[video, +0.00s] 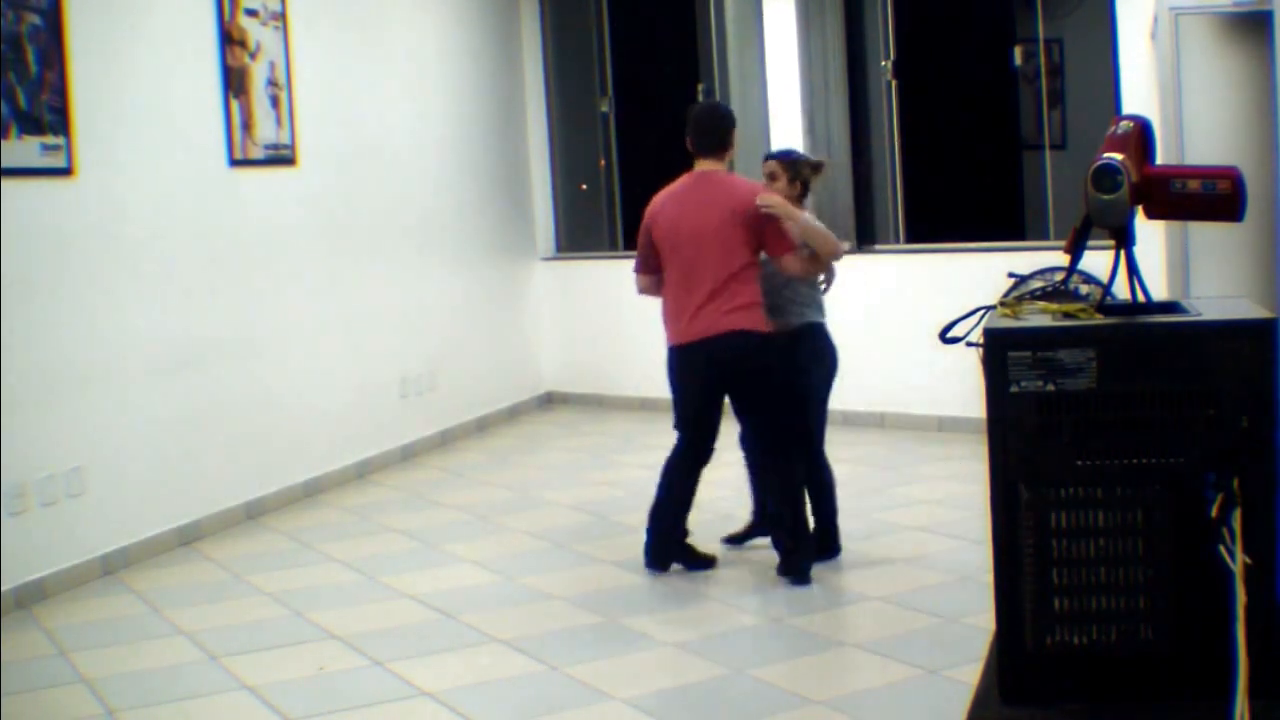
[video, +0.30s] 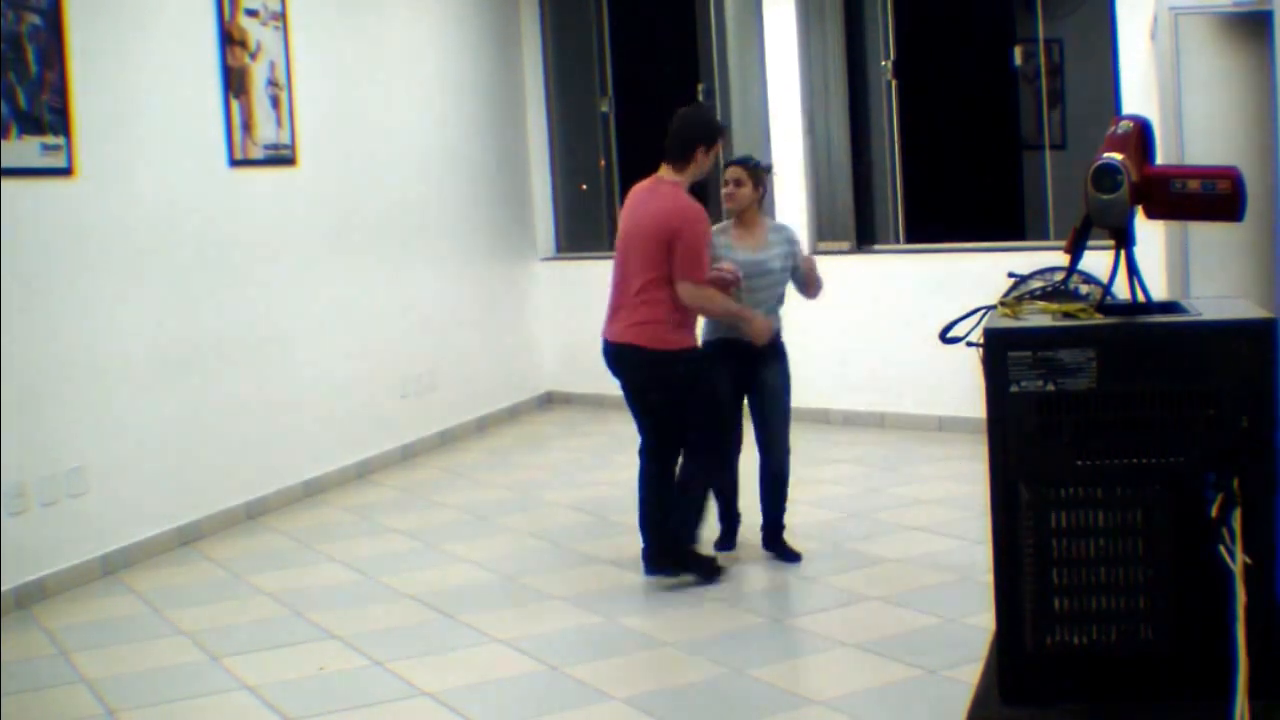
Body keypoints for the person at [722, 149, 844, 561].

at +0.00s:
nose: (764, 186)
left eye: (773, 178)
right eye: (763, 178)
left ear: (796, 185)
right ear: (762, 182)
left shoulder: (805, 221)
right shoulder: (753, 224)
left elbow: (832, 252)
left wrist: (788, 214)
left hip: (807, 340)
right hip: (766, 343)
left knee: (807, 443)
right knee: (755, 436)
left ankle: (826, 535)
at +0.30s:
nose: (728, 191)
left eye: (737, 184)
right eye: (725, 184)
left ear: (759, 189)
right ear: (722, 191)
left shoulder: (782, 236)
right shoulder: (712, 238)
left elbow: (810, 291)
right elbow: (695, 289)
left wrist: (808, 271)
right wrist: (713, 279)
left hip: (767, 345)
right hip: (721, 346)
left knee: (775, 443)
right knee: (724, 442)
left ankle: (773, 532)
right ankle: (728, 522)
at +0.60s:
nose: (718, 199)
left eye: (726, 191)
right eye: (712, 193)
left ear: (745, 195)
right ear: (708, 200)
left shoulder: (760, 235)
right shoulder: (711, 245)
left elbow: (760, 287)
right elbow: (712, 308)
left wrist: (795, 277)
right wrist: (724, 286)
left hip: (750, 348)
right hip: (712, 353)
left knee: (773, 434)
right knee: (722, 443)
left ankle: (746, 502)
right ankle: (718, 522)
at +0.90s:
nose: (713, 202)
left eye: (721, 193)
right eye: (708, 196)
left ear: (742, 196)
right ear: (705, 203)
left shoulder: (766, 239)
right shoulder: (708, 248)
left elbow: (789, 289)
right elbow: (695, 297)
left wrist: (815, 263)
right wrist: (672, 276)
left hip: (759, 353)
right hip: (719, 356)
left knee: (756, 441)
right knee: (740, 442)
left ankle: (741, 510)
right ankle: (744, 529)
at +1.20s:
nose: (693, 207)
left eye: (698, 199)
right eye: (695, 199)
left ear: (718, 202)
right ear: (714, 203)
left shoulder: (756, 251)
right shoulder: (700, 256)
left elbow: (757, 310)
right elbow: (677, 308)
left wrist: (716, 278)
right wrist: (639, 281)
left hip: (746, 365)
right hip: (703, 368)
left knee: (747, 458)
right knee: (729, 463)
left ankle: (786, 509)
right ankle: (764, 540)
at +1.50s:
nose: (672, 200)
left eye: (674, 194)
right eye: (674, 194)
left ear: (681, 200)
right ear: (721, 202)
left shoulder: (664, 247)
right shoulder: (732, 252)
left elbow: (630, 293)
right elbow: (754, 293)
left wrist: (627, 260)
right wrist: (715, 274)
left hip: (690, 370)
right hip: (736, 364)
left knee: (684, 470)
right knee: (738, 457)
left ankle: (681, 569)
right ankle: (778, 539)